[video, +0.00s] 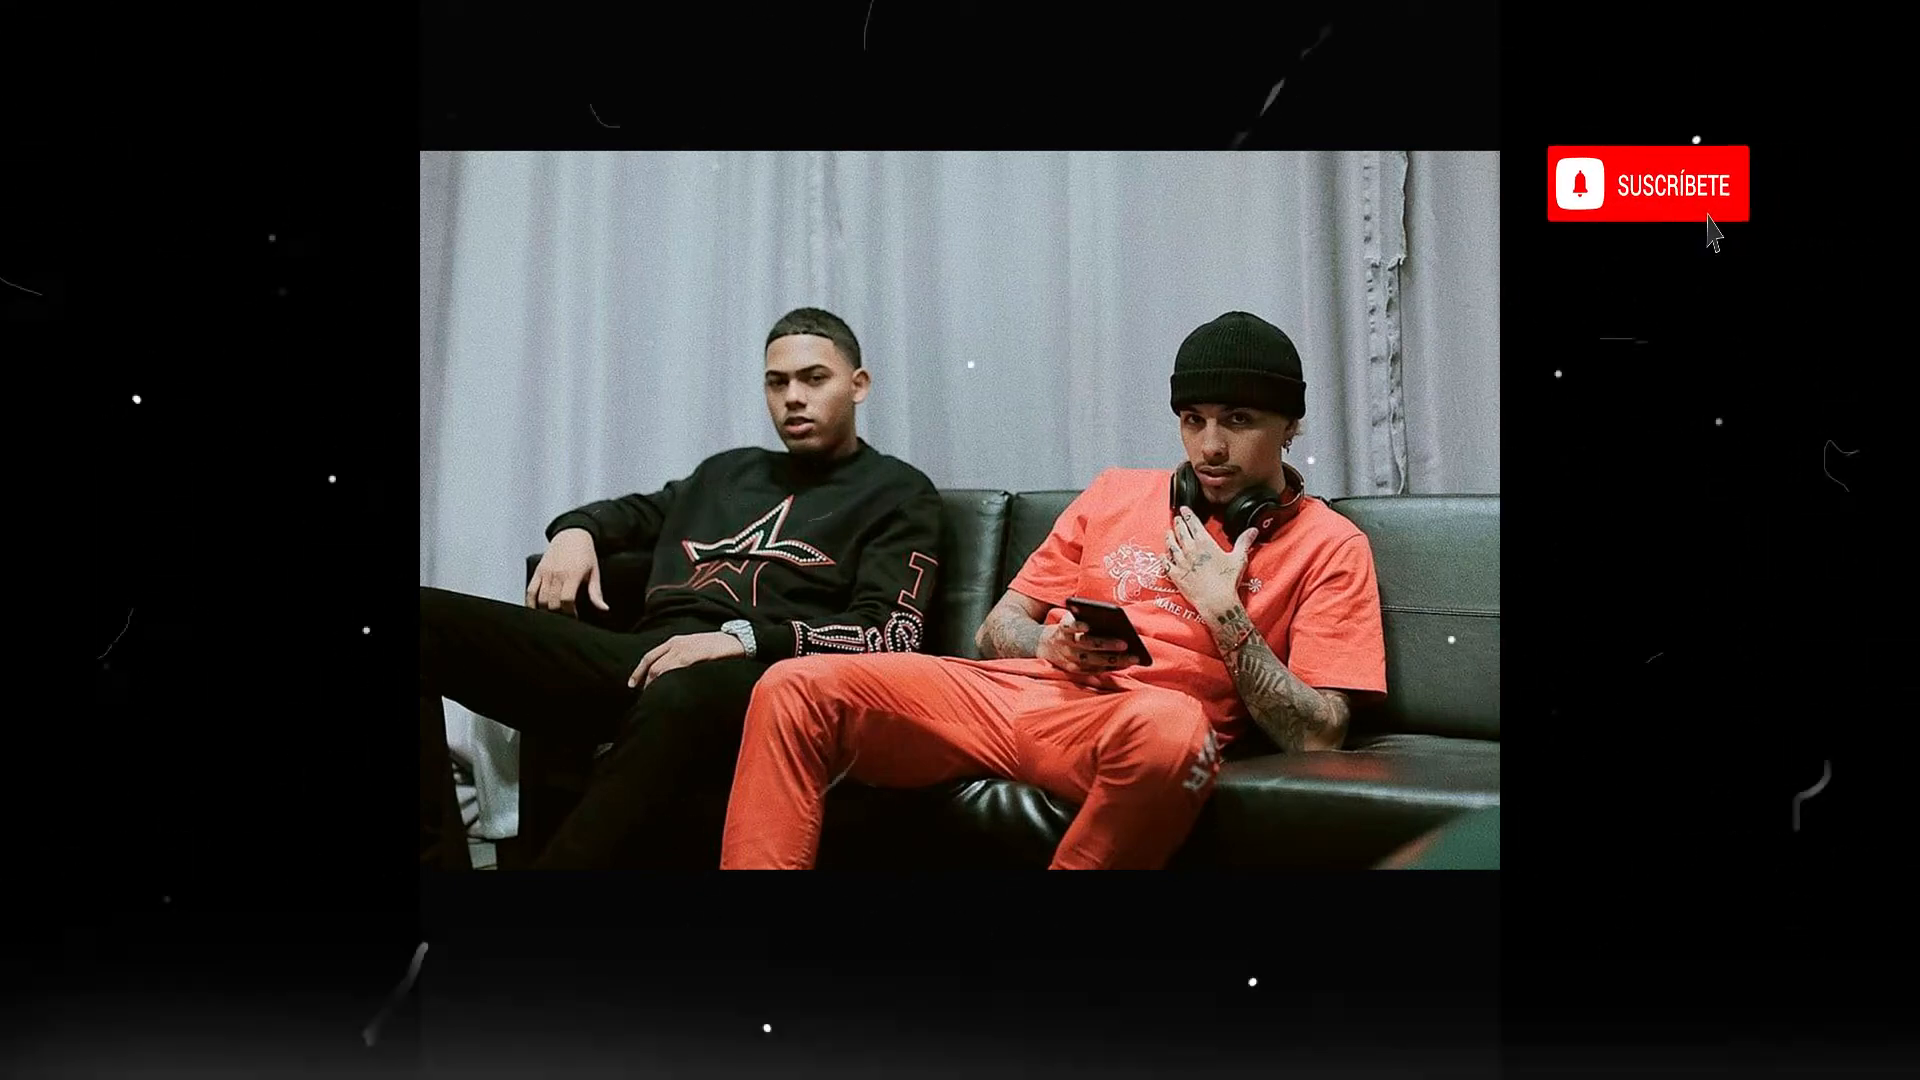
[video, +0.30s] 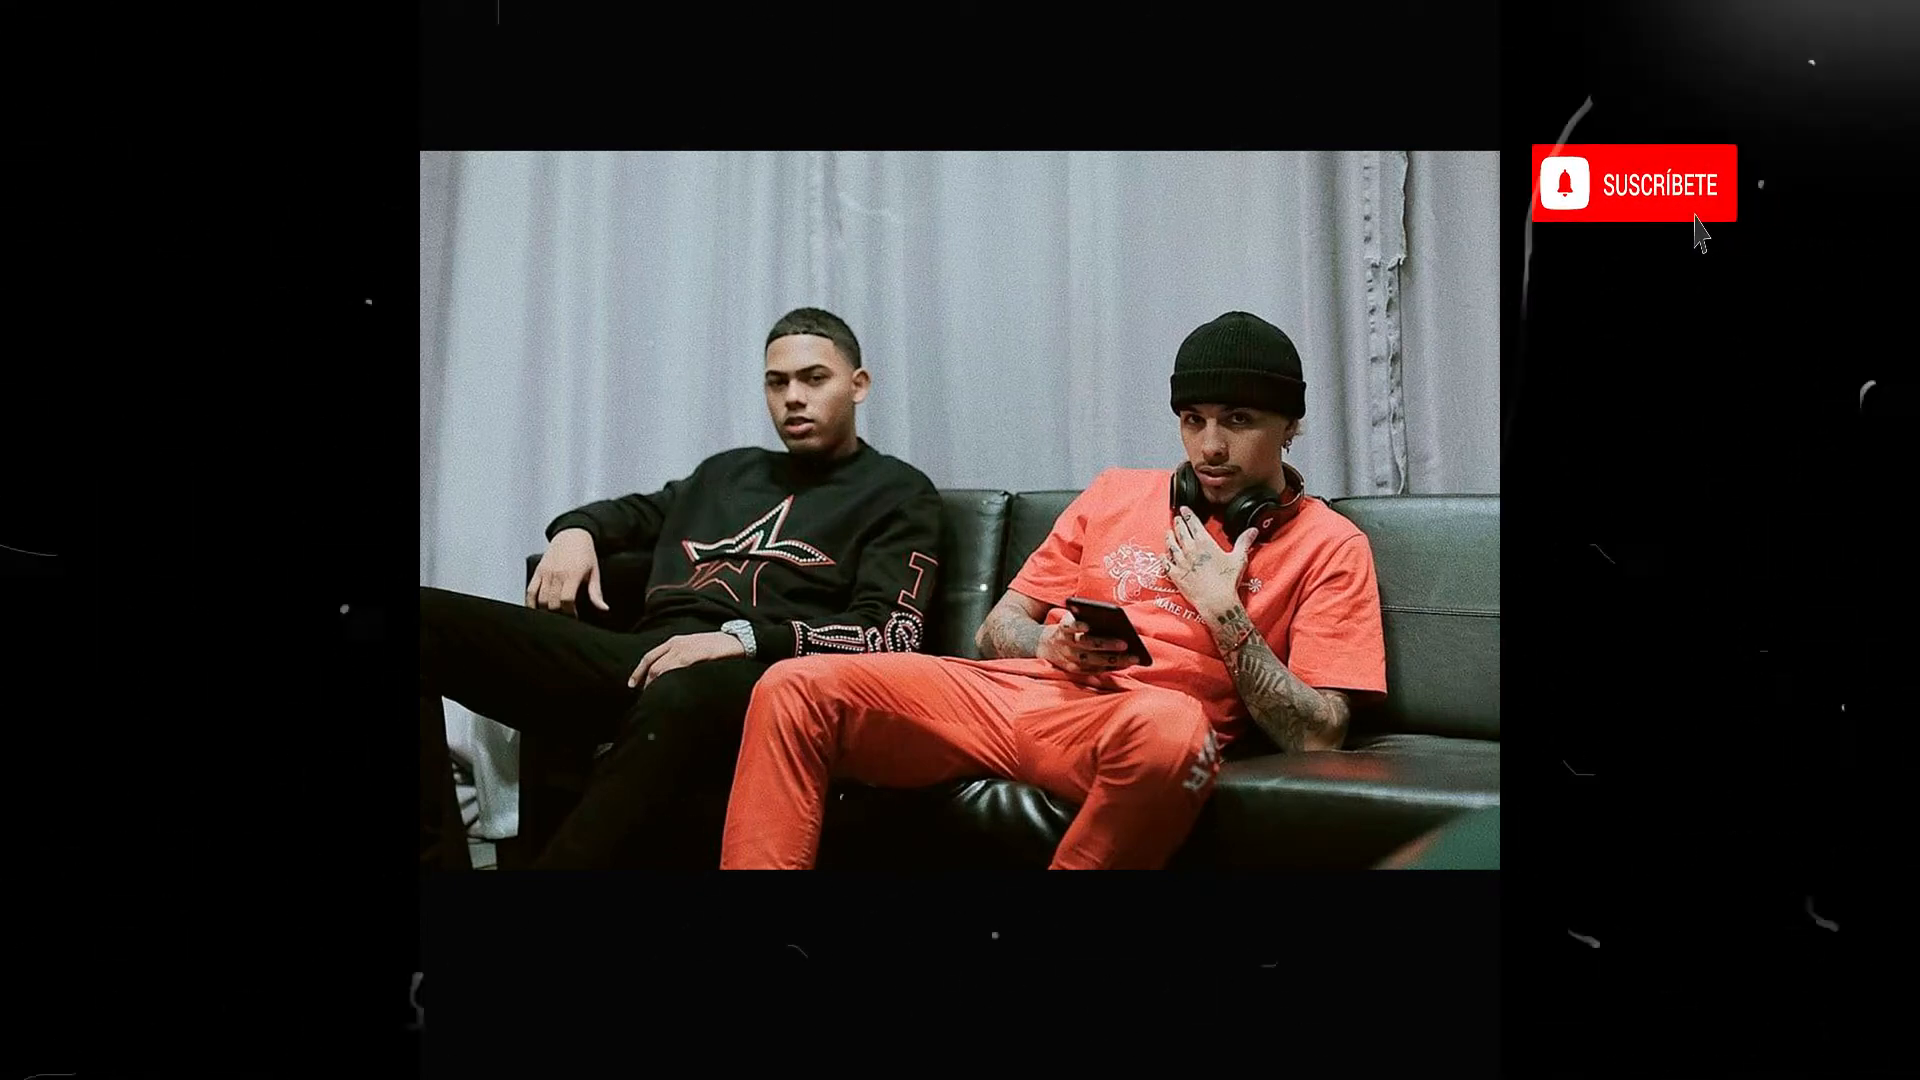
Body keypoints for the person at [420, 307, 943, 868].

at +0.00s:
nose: (793, 398)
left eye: (813, 379)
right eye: (778, 382)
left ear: (859, 385)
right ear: (765, 390)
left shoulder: (899, 494)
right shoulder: (728, 472)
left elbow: (892, 635)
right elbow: (640, 516)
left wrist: (743, 638)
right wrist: (575, 530)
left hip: (770, 681)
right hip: (638, 654)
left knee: (681, 701)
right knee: (420, 617)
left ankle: (556, 886)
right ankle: (441, 870)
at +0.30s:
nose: (793, 398)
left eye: (813, 378)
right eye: (779, 382)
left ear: (859, 385)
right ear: (765, 390)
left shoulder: (899, 493)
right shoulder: (728, 472)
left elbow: (893, 635)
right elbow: (641, 515)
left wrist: (745, 638)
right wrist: (575, 529)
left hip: (769, 680)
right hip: (637, 654)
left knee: (683, 699)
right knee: (424, 617)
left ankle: (561, 871)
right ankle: (441, 858)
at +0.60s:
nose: (793, 398)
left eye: (813, 378)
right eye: (779, 382)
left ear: (859, 385)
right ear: (765, 390)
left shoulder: (899, 493)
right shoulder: (728, 472)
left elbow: (892, 635)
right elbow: (641, 515)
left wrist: (745, 638)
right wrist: (575, 529)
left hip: (769, 680)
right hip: (637, 654)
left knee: (684, 699)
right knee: (426, 617)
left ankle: (561, 869)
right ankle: (441, 855)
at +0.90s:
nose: (793, 399)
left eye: (813, 379)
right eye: (779, 382)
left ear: (859, 385)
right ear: (765, 391)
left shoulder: (898, 492)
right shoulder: (728, 472)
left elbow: (893, 635)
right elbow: (636, 516)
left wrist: (744, 638)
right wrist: (575, 530)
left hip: (773, 679)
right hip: (642, 651)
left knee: (678, 697)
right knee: (425, 616)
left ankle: (561, 870)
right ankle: (441, 856)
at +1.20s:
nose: (793, 399)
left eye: (813, 379)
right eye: (779, 382)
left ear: (859, 385)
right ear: (765, 391)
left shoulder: (899, 493)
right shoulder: (728, 472)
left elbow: (893, 633)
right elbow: (639, 515)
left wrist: (744, 638)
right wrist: (575, 530)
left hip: (768, 680)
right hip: (637, 653)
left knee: (683, 699)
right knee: (425, 617)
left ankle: (561, 874)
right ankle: (439, 861)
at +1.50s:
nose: (793, 399)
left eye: (813, 379)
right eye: (779, 382)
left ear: (859, 385)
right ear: (765, 391)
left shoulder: (900, 493)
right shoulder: (728, 472)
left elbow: (894, 634)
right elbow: (640, 515)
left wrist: (742, 639)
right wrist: (574, 530)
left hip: (769, 681)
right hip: (637, 653)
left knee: (682, 699)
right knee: (425, 617)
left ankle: (562, 871)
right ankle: (440, 856)